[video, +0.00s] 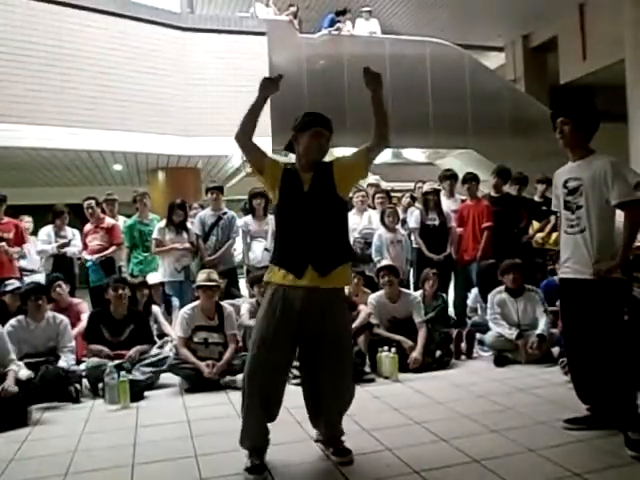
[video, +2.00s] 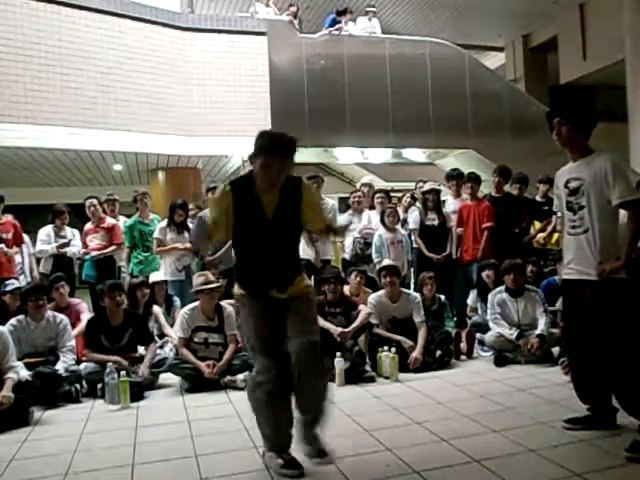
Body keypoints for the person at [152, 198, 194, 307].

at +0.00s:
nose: (178, 218)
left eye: (181, 215)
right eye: (176, 214)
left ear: (185, 215)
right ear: (170, 214)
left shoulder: (187, 229)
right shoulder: (161, 228)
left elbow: (195, 248)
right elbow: (155, 249)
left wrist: (188, 247)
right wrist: (173, 247)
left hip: (186, 269)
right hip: (169, 271)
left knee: (187, 303)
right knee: (175, 304)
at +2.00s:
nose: (179, 218)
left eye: (182, 215)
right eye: (177, 214)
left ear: (186, 215)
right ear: (172, 213)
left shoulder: (187, 228)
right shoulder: (162, 227)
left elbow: (193, 246)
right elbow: (156, 249)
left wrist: (188, 247)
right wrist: (174, 246)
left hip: (187, 268)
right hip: (170, 270)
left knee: (188, 302)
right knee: (176, 304)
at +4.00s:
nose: (182, 220)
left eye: (185, 217)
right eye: (180, 217)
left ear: (189, 218)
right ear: (175, 216)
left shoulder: (192, 231)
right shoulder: (166, 230)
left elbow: (199, 250)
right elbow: (160, 252)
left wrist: (193, 250)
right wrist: (178, 249)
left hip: (191, 274)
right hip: (174, 274)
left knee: (192, 308)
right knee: (179, 309)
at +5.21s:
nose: (183, 210)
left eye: (185, 207)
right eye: (180, 207)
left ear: (190, 210)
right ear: (175, 210)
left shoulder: (193, 227)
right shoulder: (168, 228)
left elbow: (200, 246)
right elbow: (159, 250)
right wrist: (177, 249)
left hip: (191, 272)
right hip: (174, 273)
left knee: (192, 308)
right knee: (178, 309)